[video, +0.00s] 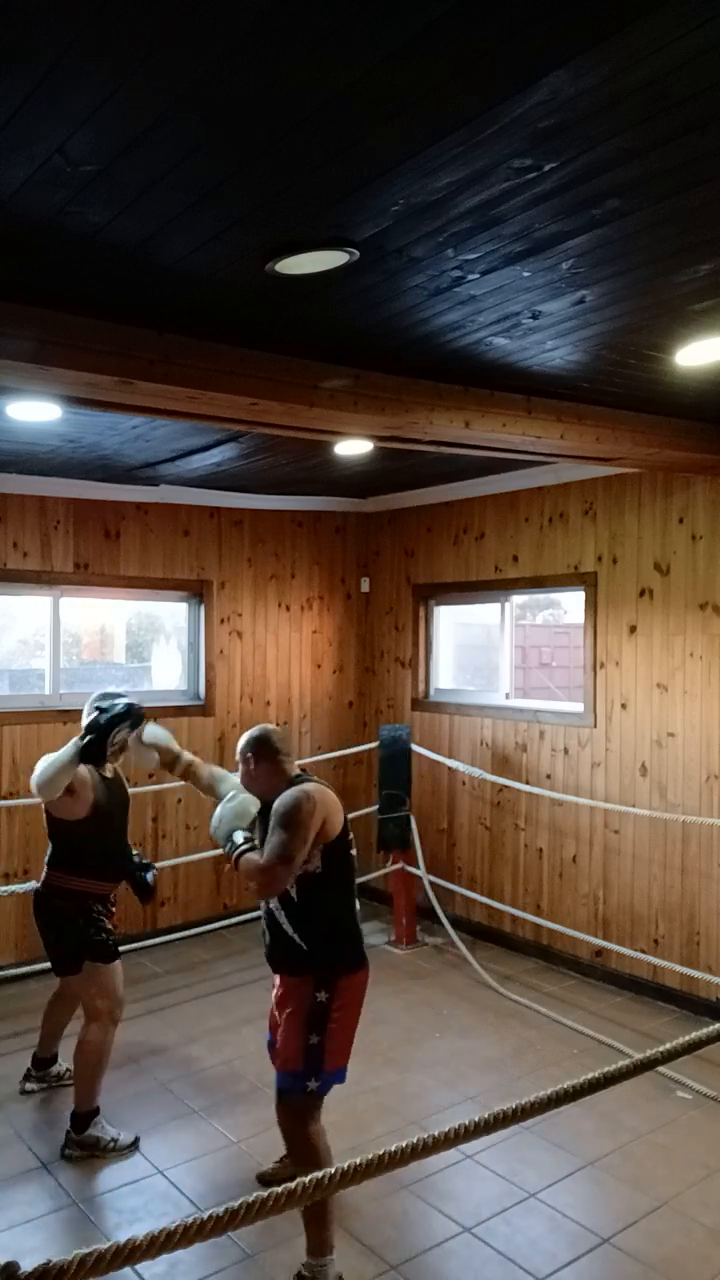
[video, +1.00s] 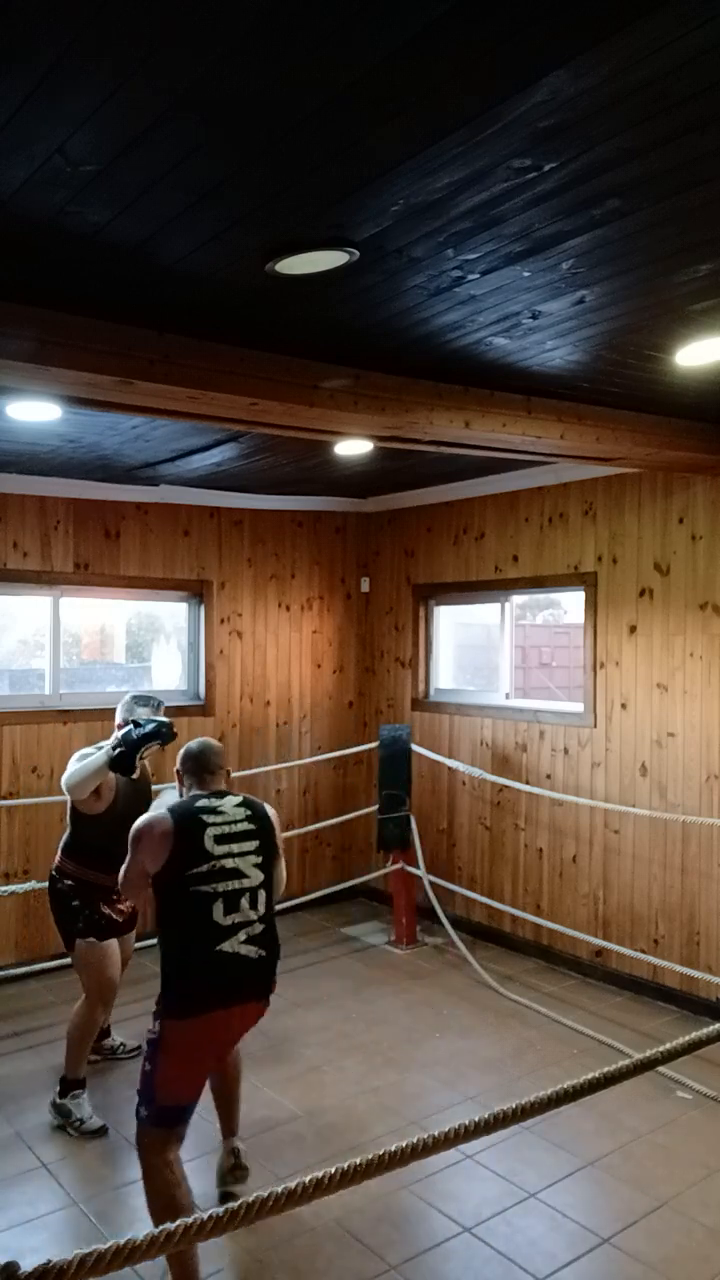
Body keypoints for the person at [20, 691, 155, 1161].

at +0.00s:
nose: (128, 743)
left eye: (131, 734)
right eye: (124, 733)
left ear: (122, 736)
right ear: (102, 731)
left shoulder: (112, 778)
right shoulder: (72, 774)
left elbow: (110, 837)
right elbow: (42, 787)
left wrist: (135, 868)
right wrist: (85, 740)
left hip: (90, 900)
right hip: (69, 902)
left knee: (72, 986)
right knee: (104, 1012)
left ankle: (43, 1065)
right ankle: (84, 1127)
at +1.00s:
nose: (146, 739)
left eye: (152, 731)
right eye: (139, 727)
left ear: (156, 737)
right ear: (120, 725)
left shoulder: (144, 775)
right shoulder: (91, 761)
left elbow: (146, 825)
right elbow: (73, 788)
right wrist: (118, 748)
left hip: (121, 882)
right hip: (77, 884)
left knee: (117, 965)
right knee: (102, 988)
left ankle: (100, 1037)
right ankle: (69, 1094)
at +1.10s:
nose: (152, 740)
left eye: (157, 733)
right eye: (146, 730)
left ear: (158, 736)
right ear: (124, 727)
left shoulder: (153, 772)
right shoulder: (95, 762)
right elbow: (71, 784)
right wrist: (116, 743)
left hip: (125, 879)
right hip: (80, 881)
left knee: (118, 963)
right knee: (101, 989)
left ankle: (98, 1037)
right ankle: (72, 1094)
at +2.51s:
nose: (136, 728)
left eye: (138, 723)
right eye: (130, 719)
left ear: (134, 724)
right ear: (104, 715)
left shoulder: (133, 752)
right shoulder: (78, 750)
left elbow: (152, 780)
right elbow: (35, 760)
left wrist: (116, 730)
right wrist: (61, 711)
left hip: (124, 872)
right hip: (80, 876)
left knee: (117, 965)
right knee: (87, 984)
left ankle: (94, 1037)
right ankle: (64, 1085)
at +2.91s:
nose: (119, 734)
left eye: (126, 726)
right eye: (111, 726)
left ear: (134, 723)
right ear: (94, 721)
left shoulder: (138, 762)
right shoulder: (77, 753)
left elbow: (155, 805)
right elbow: (21, 784)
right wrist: (60, 754)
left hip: (125, 875)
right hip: (74, 875)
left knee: (122, 970)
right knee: (81, 977)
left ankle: (111, 1065)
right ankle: (62, 1075)